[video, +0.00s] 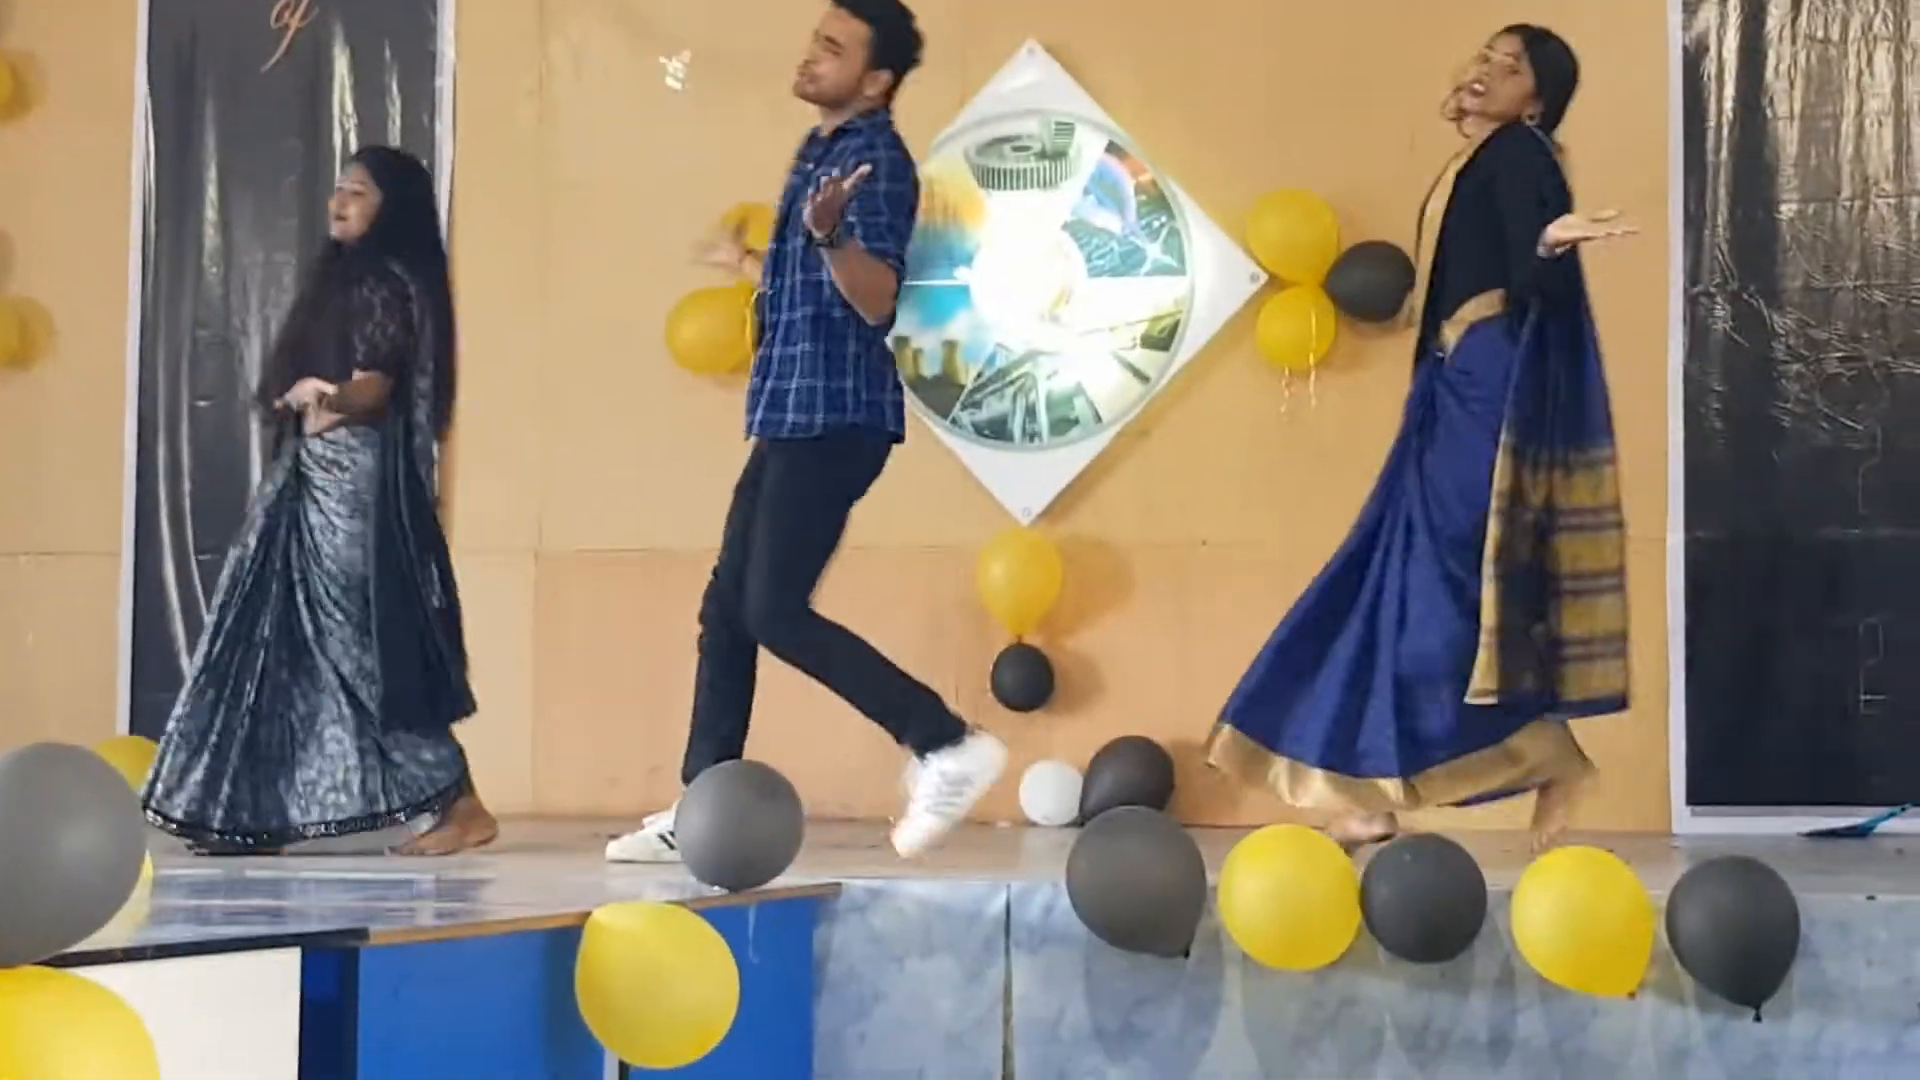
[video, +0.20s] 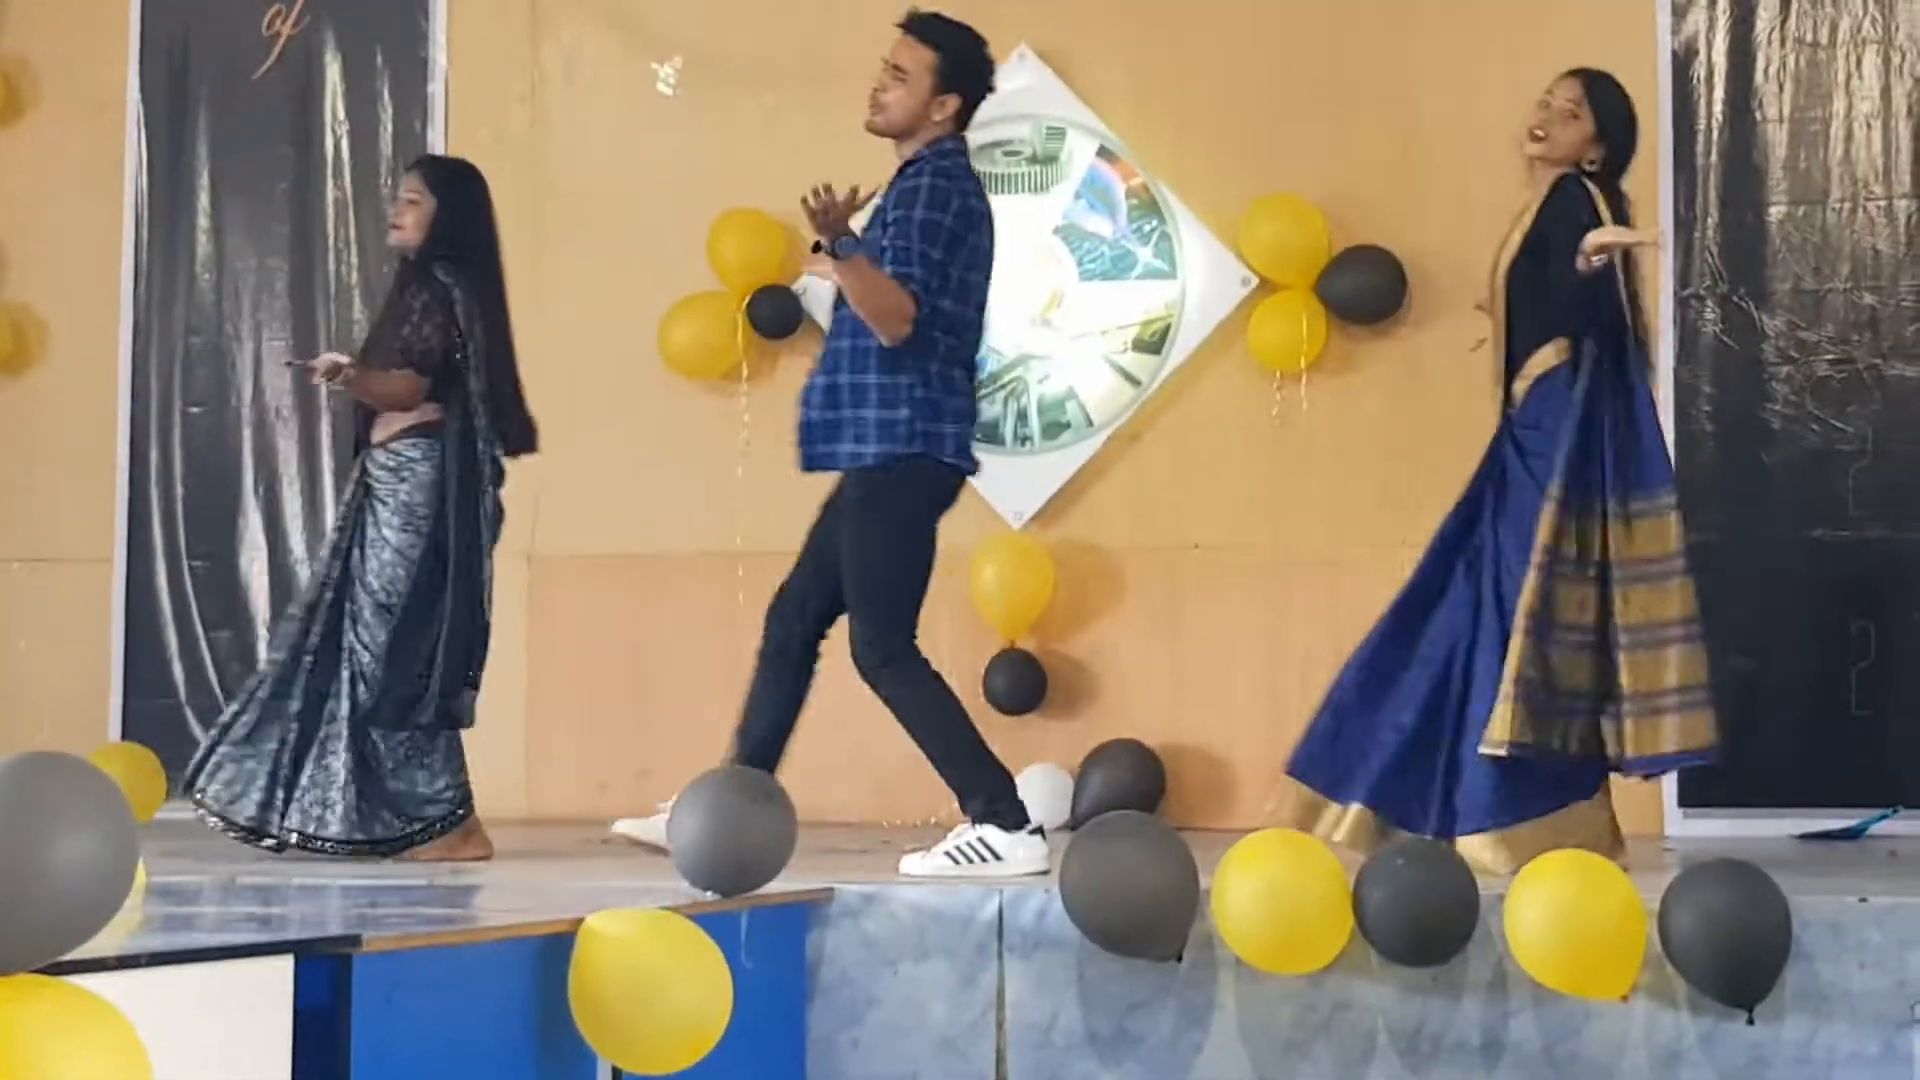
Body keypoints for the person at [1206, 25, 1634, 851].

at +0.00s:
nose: (1483, 69)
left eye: (1506, 66)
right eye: (1485, 55)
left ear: (1534, 99)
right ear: (1472, 73)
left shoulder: (1521, 153)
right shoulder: (1479, 162)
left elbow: (1531, 277)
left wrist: (1549, 238)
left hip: (1495, 383)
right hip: (1451, 386)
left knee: (1468, 570)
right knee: (1402, 574)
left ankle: (1558, 762)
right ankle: (1371, 794)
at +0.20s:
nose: (1543, 116)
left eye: (1566, 110)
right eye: (1544, 101)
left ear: (1597, 140)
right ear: (1534, 117)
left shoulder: (1581, 196)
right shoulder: (1553, 200)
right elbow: (1553, 290)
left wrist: (1617, 244)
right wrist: (1506, 300)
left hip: (1570, 431)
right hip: (1535, 431)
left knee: (1542, 619)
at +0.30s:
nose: (1580, 94)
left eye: (1602, 87)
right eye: (1582, 82)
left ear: (1636, 118)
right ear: (1577, 102)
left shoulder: (1612, 171)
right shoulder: (1584, 175)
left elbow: (1616, 238)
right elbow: (1581, 272)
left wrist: (1638, 216)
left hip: (1594, 409)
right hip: (1565, 408)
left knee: (1560, 584)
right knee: (1536, 582)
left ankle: (1560, 801)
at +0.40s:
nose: (1627, 79)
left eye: (1650, 76)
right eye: (1628, 65)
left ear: (1679, 109)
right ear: (1612, 83)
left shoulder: (1657, 159)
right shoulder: (1626, 169)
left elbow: (1671, 195)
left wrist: (1688, 186)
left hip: (1645, 404)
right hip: (1610, 405)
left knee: (1587, 588)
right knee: (1638, 599)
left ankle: (1567, 816)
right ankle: (1767, 763)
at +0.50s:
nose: (1657, 103)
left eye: (1679, 95)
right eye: (1659, 88)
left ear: (1714, 123)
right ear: (1653, 106)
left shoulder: (1704, 185)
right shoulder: (1661, 194)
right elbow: (1657, 300)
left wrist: (1734, 208)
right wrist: (1606, 275)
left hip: (1694, 431)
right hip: (1663, 427)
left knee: (1619, 608)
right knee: (1725, 621)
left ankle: (1594, 813)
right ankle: (1847, 793)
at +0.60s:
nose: (1679, 138)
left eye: (1701, 130)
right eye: (1675, 123)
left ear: (1736, 154)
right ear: (1665, 138)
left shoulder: (1738, 224)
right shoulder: (1676, 231)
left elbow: (1758, 338)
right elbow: (1666, 349)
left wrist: (1766, 258)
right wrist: (1608, 307)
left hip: (1738, 460)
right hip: (1691, 455)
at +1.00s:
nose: (1676, 183)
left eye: (1695, 172)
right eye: (1664, 171)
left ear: (1725, 194)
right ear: (1647, 193)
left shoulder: (1757, 275)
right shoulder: (1638, 305)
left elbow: (1794, 392)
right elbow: (1634, 412)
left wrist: (1814, 352)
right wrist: (1546, 400)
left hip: (1748, 524)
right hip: (1664, 529)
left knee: (1761, 697)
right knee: (1674, 705)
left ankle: (1820, 899)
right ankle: (1734, 907)